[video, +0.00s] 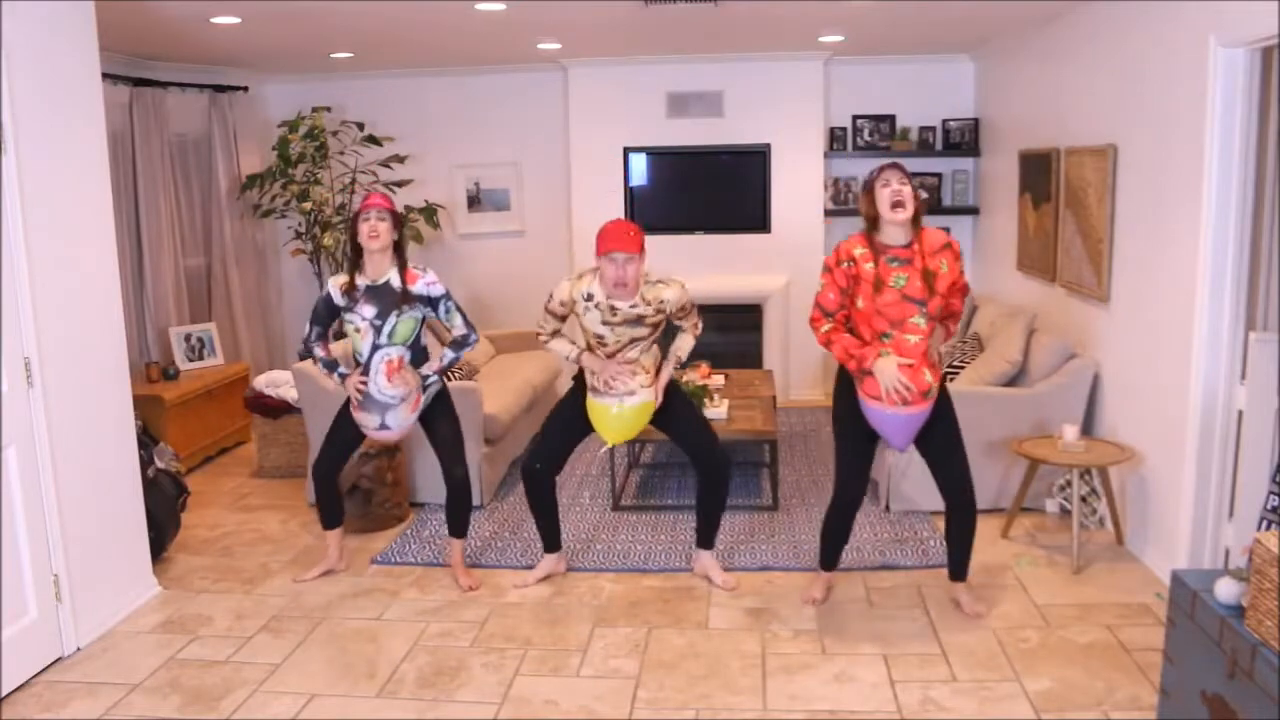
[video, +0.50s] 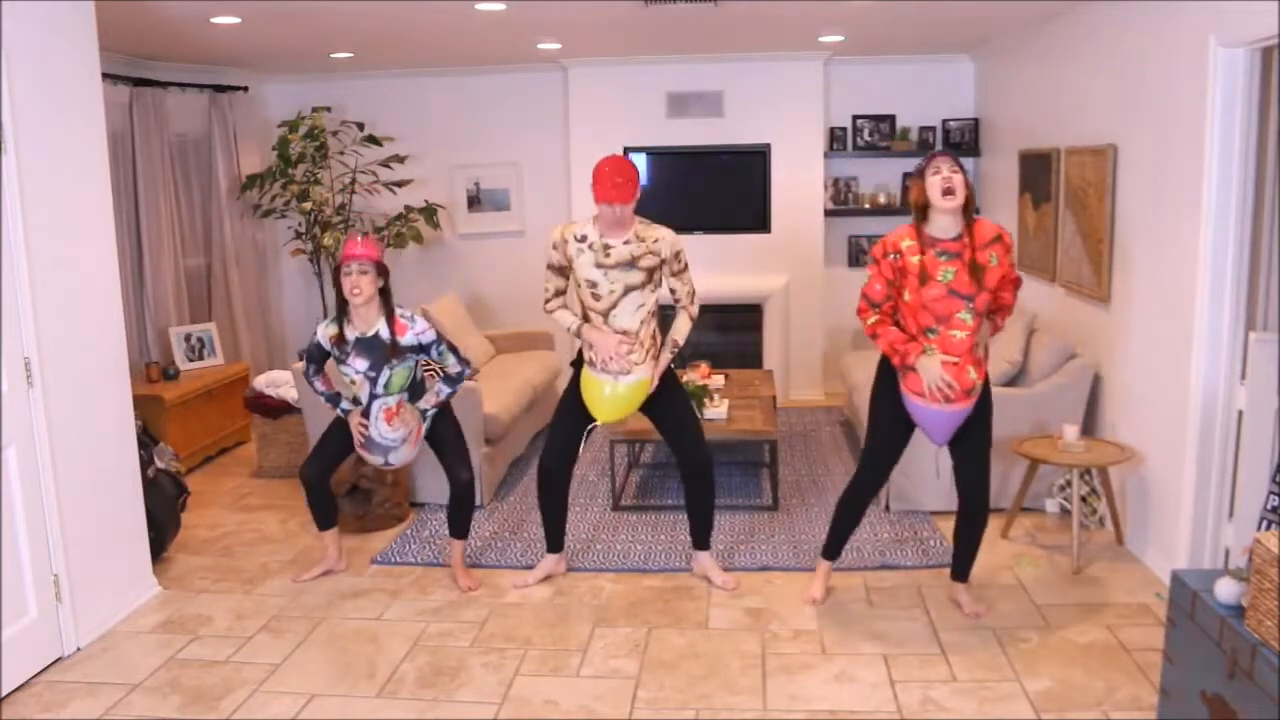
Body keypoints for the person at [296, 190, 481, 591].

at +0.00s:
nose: (372, 225)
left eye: (381, 219)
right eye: (365, 220)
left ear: (395, 230)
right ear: (355, 231)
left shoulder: (421, 281)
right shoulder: (340, 288)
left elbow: (466, 336)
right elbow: (314, 342)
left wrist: (429, 369)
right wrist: (344, 377)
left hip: (424, 386)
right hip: (367, 391)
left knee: (457, 470)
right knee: (324, 469)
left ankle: (457, 558)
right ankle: (334, 555)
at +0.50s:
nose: (354, 281)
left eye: (364, 272)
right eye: (347, 273)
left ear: (380, 279)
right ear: (339, 281)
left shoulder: (410, 324)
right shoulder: (331, 332)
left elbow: (460, 368)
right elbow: (311, 370)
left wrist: (421, 409)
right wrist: (347, 410)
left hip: (420, 403)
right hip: (365, 409)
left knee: (463, 477)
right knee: (312, 474)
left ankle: (457, 560)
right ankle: (333, 555)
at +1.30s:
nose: (357, 255)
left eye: (362, 245)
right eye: (348, 249)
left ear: (377, 229)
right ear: (337, 243)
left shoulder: (413, 264)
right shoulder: (328, 272)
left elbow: (452, 322)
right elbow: (301, 322)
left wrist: (413, 361)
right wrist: (328, 358)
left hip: (410, 380)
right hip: (356, 383)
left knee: (432, 469)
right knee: (333, 466)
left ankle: (454, 560)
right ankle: (334, 554)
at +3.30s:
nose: (365, 260)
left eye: (372, 251)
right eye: (357, 253)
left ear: (387, 241)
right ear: (347, 250)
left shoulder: (417, 276)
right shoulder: (336, 284)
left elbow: (456, 334)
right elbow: (304, 335)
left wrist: (417, 373)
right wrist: (333, 373)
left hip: (408, 390)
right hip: (356, 392)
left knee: (445, 478)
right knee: (314, 483)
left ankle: (455, 560)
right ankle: (333, 555)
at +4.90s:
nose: (376, 286)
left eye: (383, 277)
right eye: (368, 279)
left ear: (398, 268)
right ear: (357, 276)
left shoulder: (418, 296)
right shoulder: (346, 307)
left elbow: (433, 346)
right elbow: (309, 354)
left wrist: (400, 398)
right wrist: (328, 396)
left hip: (398, 411)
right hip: (348, 411)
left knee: (429, 502)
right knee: (311, 502)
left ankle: (452, 562)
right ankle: (333, 556)